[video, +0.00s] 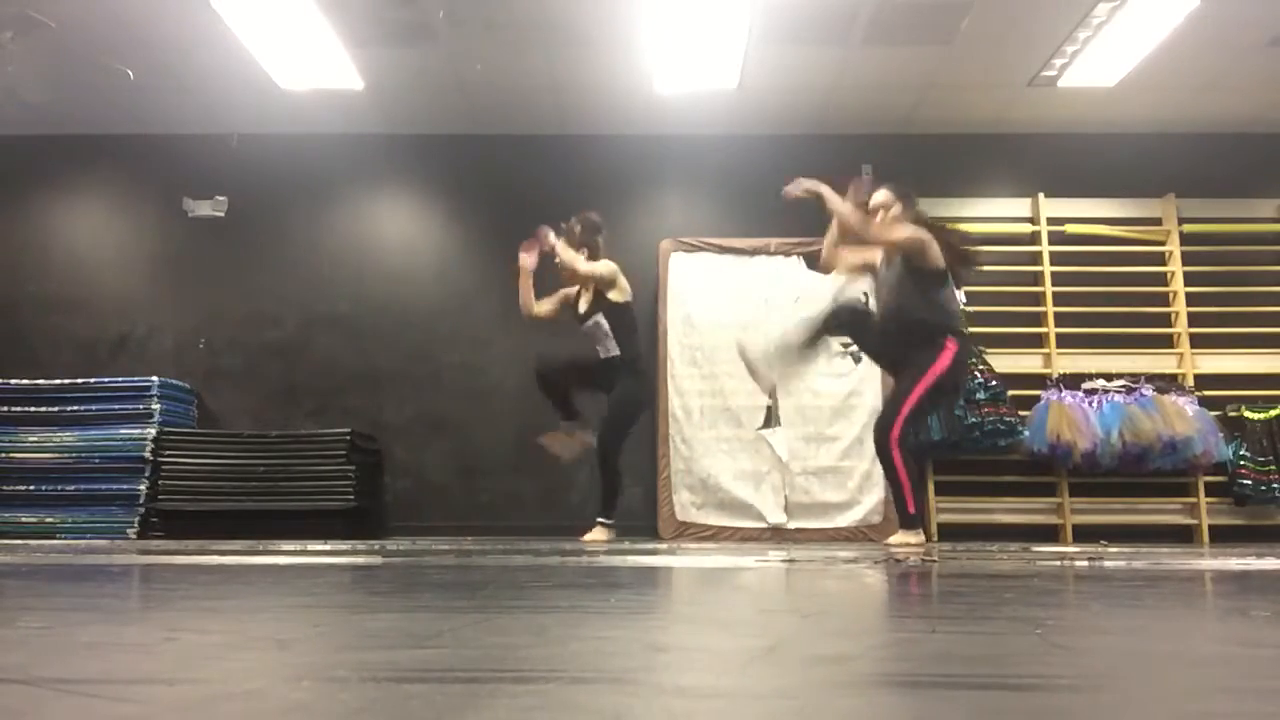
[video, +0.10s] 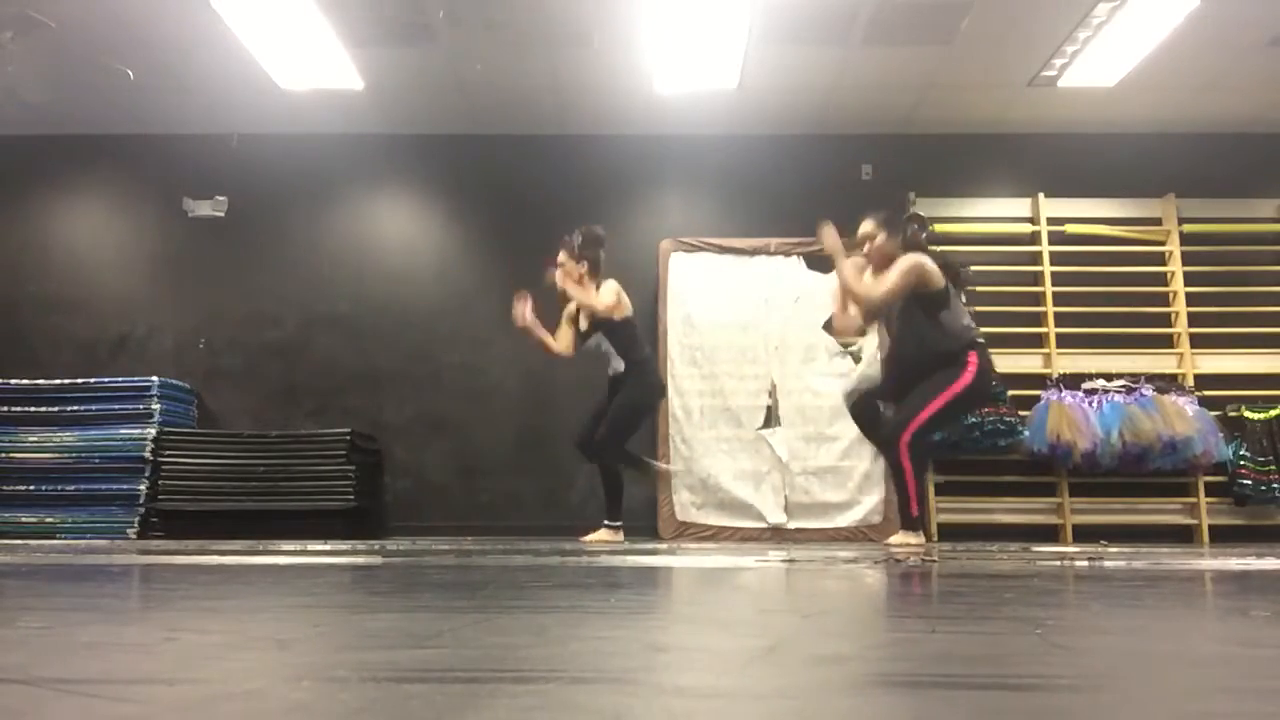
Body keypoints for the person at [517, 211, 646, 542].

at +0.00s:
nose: (565, 254)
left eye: (569, 247)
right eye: (564, 248)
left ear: (585, 247)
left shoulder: (610, 273)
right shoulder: (574, 293)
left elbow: (580, 267)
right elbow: (531, 310)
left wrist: (554, 244)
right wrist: (526, 270)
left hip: (632, 373)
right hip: (606, 370)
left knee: (608, 445)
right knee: (548, 369)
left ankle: (605, 524)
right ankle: (576, 430)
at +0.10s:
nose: (559, 270)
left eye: (563, 264)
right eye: (559, 264)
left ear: (583, 267)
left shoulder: (610, 288)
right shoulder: (573, 310)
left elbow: (603, 307)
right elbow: (563, 349)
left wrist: (565, 286)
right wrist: (531, 324)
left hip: (643, 380)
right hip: (621, 383)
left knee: (607, 445)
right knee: (586, 442)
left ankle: (614, 527)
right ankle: (656, 472)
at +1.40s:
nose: (684, 353)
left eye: (685, 348)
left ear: (686, 348)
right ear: (712, 344)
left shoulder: (685, 367)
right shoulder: (731, 359)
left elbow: (690, 414)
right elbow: (756, 385)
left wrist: (712, 406)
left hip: (742, 415)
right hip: (778, 413)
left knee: (685, 468)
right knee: (774, 467)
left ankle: (631, 523)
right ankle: (791, 526)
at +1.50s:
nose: (646, 340)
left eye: (648, 333)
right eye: (644, 333)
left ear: (662, 331)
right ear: (672, 329)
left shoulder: (670, 353)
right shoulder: (699, 348)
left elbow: (684, 400)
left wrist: (681, 375)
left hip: (734, 415)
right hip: (764, 412)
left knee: (668, 462)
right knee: (761, 472)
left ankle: (628, 523)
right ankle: (790, 525)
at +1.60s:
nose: (622, 314)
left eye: (628, 308)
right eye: (622, 308)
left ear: (648, 311)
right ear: (649, 313)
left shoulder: (657, 333)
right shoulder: (667, 331)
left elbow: (670, 378)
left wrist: (650, 372)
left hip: (712, 413)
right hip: (730, 411)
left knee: (650, 452)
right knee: (733, 477)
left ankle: (622, 524)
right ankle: (785, 515)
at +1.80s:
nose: (616, 274)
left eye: (623, 269)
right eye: (611, 268)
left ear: (633, 276)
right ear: (603, 276)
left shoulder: (646, 306)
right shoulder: (597, 317)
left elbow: (653, 352)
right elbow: (587, 360)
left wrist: (612, 354)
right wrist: (571, 400)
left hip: (666, 388)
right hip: (638, 391)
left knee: (631, 443)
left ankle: (617, 522)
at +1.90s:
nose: (615, 261)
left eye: (620, 256)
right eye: (608, 255)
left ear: (627, 264)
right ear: (596, 264)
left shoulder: (638, 295)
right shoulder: (583, 299)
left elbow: (648, 341)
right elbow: (576, 329)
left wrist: (608, 356)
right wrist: (572, 355)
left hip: (645, 381)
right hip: (612, 382)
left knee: (622, 444)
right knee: (590, 444)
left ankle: (614, 523)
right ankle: (575, 515)